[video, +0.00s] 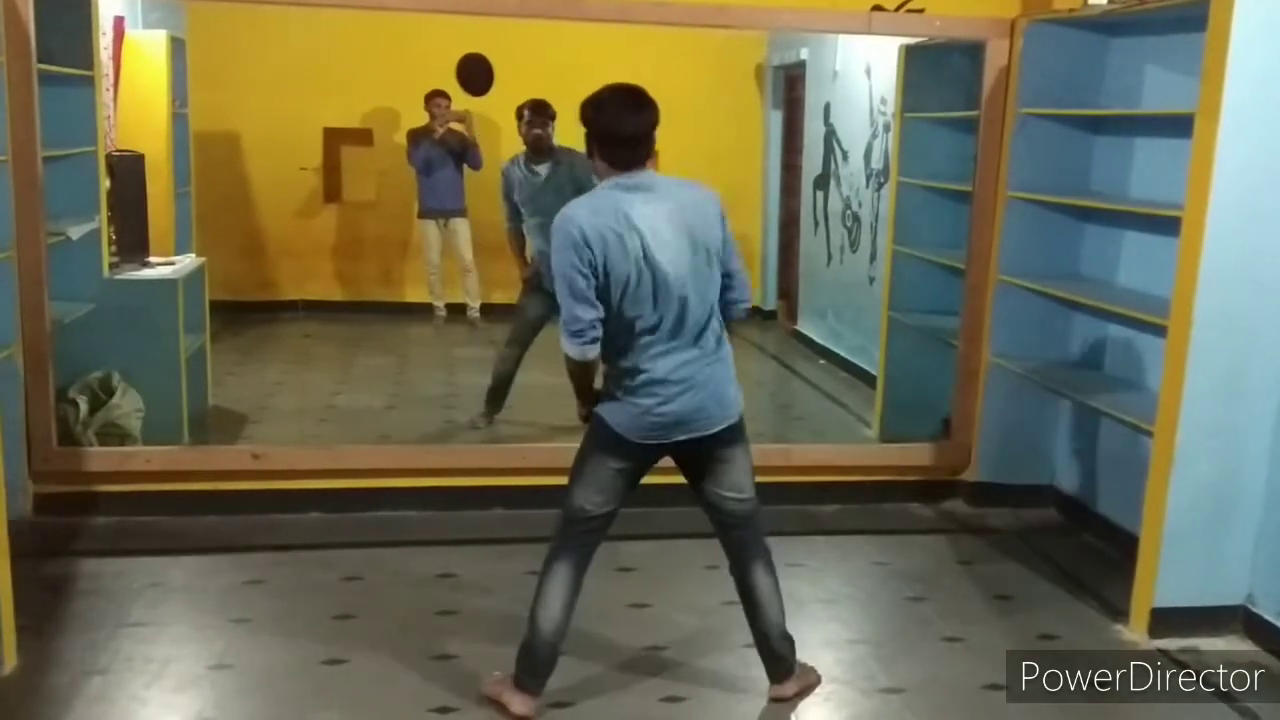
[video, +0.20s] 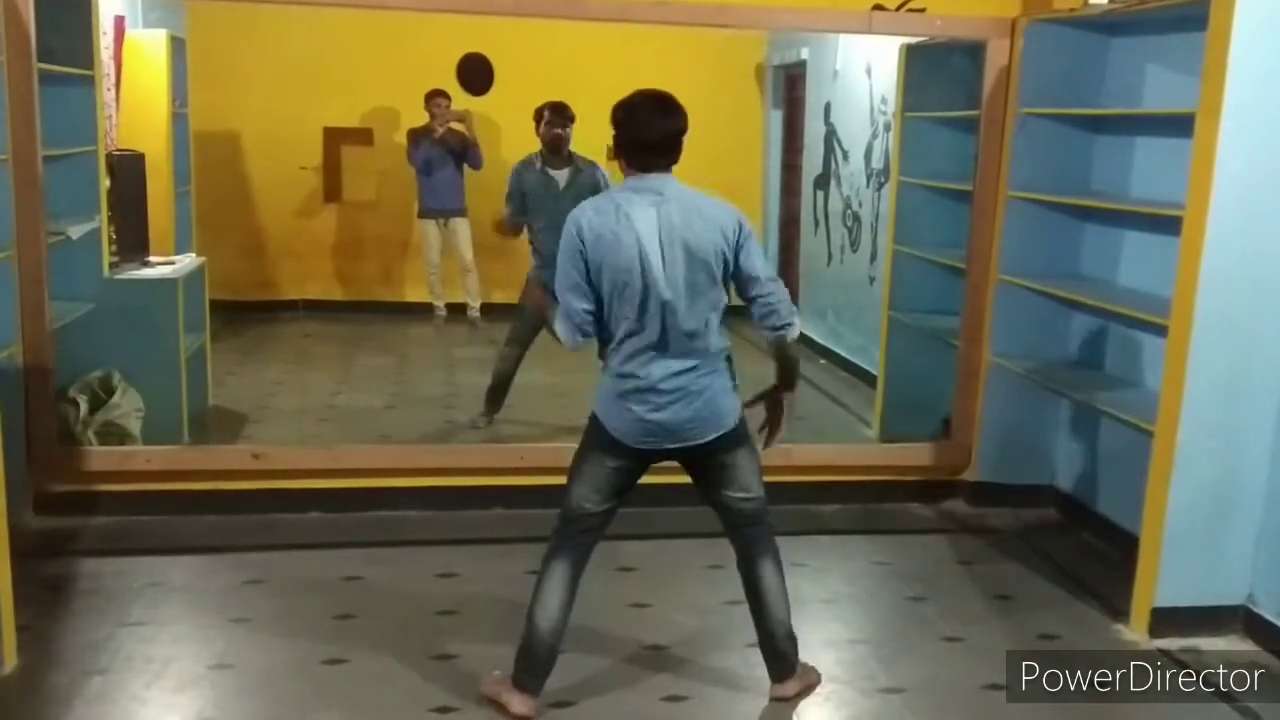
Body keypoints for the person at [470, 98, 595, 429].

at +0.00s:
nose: (538, 132)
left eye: (544, 126)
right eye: (531, 126)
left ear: (554, 128)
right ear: (520, 130)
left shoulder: (578, 165)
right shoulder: (512, 171)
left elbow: (597, 212)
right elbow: (513, 222)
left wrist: (595, 256)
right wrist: (522, 264)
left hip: (584, 266)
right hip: (543, 268)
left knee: (610, 336)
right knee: (515, 341)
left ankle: (611, 403)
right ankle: (489, 412)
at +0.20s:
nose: (559, 132)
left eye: (565, 126)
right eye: (552, 126)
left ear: (573, 129)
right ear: (538, 130)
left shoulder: (592, 173)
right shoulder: (525, 172)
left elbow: (610, 219)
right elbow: (514, 224)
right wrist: (504, 224)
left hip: (590, 270)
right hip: (547, 271)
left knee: (612, 342)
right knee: (515, 343)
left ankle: (624, 413)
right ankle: (489, 411)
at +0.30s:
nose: (565, 126)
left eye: (571, 120)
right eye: (558, 119)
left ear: (578, 124)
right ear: (544, 124)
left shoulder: (594, 167)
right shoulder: (529, 163)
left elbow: (609, 213)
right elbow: (502, 211)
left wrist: (611, 262)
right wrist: (507, 174)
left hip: (588, 270)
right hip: (545, 270)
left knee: (625, 337)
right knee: (514, 345)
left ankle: (640, 416)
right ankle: (489, 411)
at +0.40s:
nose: (571, 125)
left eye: (577, 119)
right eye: (564, 118)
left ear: (584, 123)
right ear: (550, 120)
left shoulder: (595, 166)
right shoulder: (530, 161)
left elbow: (612, 211)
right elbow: (488, 186)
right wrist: (514, 161)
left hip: (592, 277)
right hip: (545, 276)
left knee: (626, 343)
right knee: (512, 347)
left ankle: (641, 420)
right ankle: (488, 412)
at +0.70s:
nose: (590, 128)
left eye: (596, 123)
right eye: (583, 121)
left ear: (600, 128)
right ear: (567, 122)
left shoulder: (599, 170)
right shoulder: (544, 158)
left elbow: (607, 209)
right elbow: (502, 181)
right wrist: (522, 193)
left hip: (589, 273)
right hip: (545, 272)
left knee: (618, 341)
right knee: (513, 343)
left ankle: (625, 415)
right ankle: (488, 408)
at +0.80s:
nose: (589, 126)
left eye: (595, 121)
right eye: (582, 119)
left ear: (600, 128)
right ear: (567, 121)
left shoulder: (599, 170)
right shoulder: (545, 158)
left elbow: (607, 212)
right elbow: (510, 195)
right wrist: (536, 184)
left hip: (589, 270)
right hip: (544, 269)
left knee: (619, 337)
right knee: (512, 341)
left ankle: (624, 414)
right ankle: (487, 407)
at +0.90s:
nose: (583, 122)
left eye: (590, 117)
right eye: (577, 115)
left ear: (597, 124)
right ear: (563, 118)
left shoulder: (596, 163)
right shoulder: (548, 155)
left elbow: (598, 207)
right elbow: (522, 196)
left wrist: (596, 166)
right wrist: (539, 157)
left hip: (588, 269)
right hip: (544, 267)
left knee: (619, 337)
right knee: (511, 340)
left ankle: (624, 414)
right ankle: (486, 406)